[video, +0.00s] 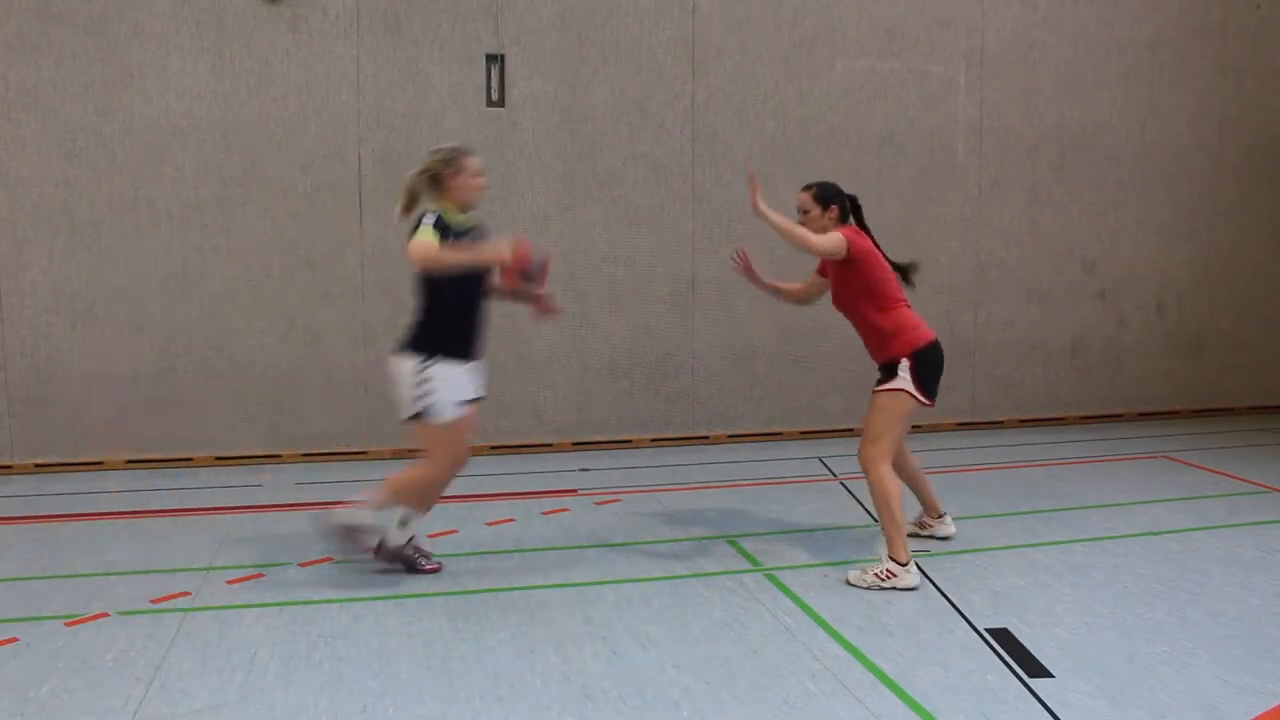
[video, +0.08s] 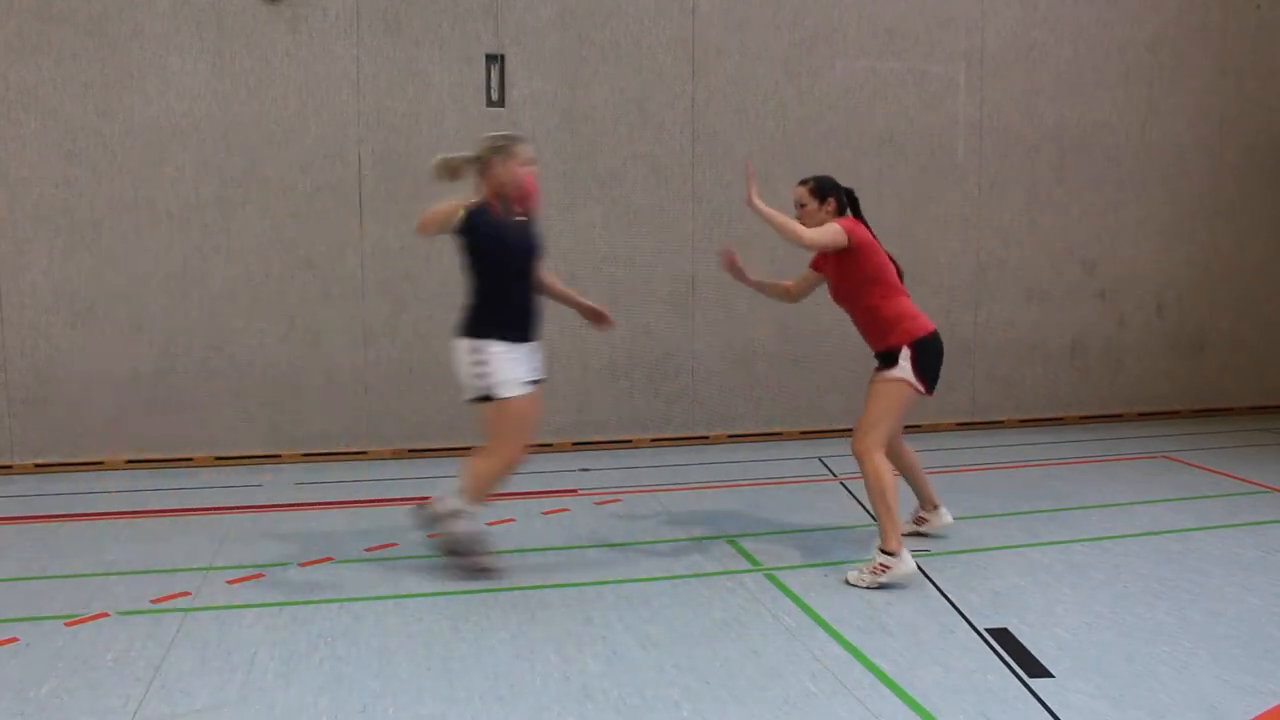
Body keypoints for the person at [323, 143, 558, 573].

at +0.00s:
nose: (482, 183)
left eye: (482, 175)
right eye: (474, 175)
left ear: (465, 182)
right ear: (447, 181)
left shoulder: (472, 230)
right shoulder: (433, 222)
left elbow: (477, 282)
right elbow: (421, 257)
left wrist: (525, 294)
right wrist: (494, 253)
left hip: (459, 360)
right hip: (428, 360)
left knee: (454, 455)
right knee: (445, 456)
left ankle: (398, 537)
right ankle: (361, 514)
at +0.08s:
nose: (531, 173)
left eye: (531, 165)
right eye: (522, 165)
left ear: (523, 172)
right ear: (494, 171)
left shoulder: (523, 219)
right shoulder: (475, 216)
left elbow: (536, 276)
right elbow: (426, 225)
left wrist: (582, 306)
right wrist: (469, 204)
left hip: (520, 344)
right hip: (487, 343)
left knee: (514, 444)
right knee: (508, 443)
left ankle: (450, 509)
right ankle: (457, 515)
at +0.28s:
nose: (662, 195)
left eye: (660, 187)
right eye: (653, 188)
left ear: (638, 195)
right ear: (629, 193)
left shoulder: (648, 239)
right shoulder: (611, 234)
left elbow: (643, 300)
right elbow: (562, 237)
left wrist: (663, 341)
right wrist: (528, 184)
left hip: (655, 364)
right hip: (619, 367)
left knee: (695, 435)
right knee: (600, 461)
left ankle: (721, 513)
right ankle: (532, 543)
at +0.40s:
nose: (719, 208)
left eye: (718, 200)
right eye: (712, 201)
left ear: (701, 207)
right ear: (687, 207)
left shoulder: (707, 246)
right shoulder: (678, 243)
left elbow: (704, 308)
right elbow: (657, 255)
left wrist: (729, 348)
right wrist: (626, 193)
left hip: (721, 369)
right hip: (685, 373)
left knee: (766, 440)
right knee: (677, 465)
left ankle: (751, 516)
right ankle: (596, 524)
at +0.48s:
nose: (745, 206)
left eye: (745, 199)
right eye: (738, 200)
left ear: (732, 207)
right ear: (713, 207)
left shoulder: (734, 251)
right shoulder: (708, 249)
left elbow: (738, 323)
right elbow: (696, 239)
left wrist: (777, 353)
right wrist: (682, 178)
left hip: (749, 366)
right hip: (717, 370)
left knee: (784, 439)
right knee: (709, 468)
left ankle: (753, 514)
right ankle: (625, 527)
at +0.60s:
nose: (779, 205)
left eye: (778, 197)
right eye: (772, 197)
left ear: (763, 204)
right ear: (753, 203)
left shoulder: (749, 250)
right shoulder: (748, 245)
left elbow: (725, 305)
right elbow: (751, 234)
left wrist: (753, 340)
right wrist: (737, 174)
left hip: (762, 366)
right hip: (744, 367)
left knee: (790, 445)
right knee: (727, 463)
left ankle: (752, 514)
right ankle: (639, 525)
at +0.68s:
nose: (793, 201)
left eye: (791, 194)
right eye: (785, 195)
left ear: (760, 207)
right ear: (764, 205)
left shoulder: (752, 245)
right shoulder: (761, 243)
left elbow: (729, 303)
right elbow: (781, 234)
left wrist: (748, 336)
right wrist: (770, 176)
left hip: (765, 365)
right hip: (750, 365)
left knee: (791, 446)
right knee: (752, 463)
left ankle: (753, 514)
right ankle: (657, 523)